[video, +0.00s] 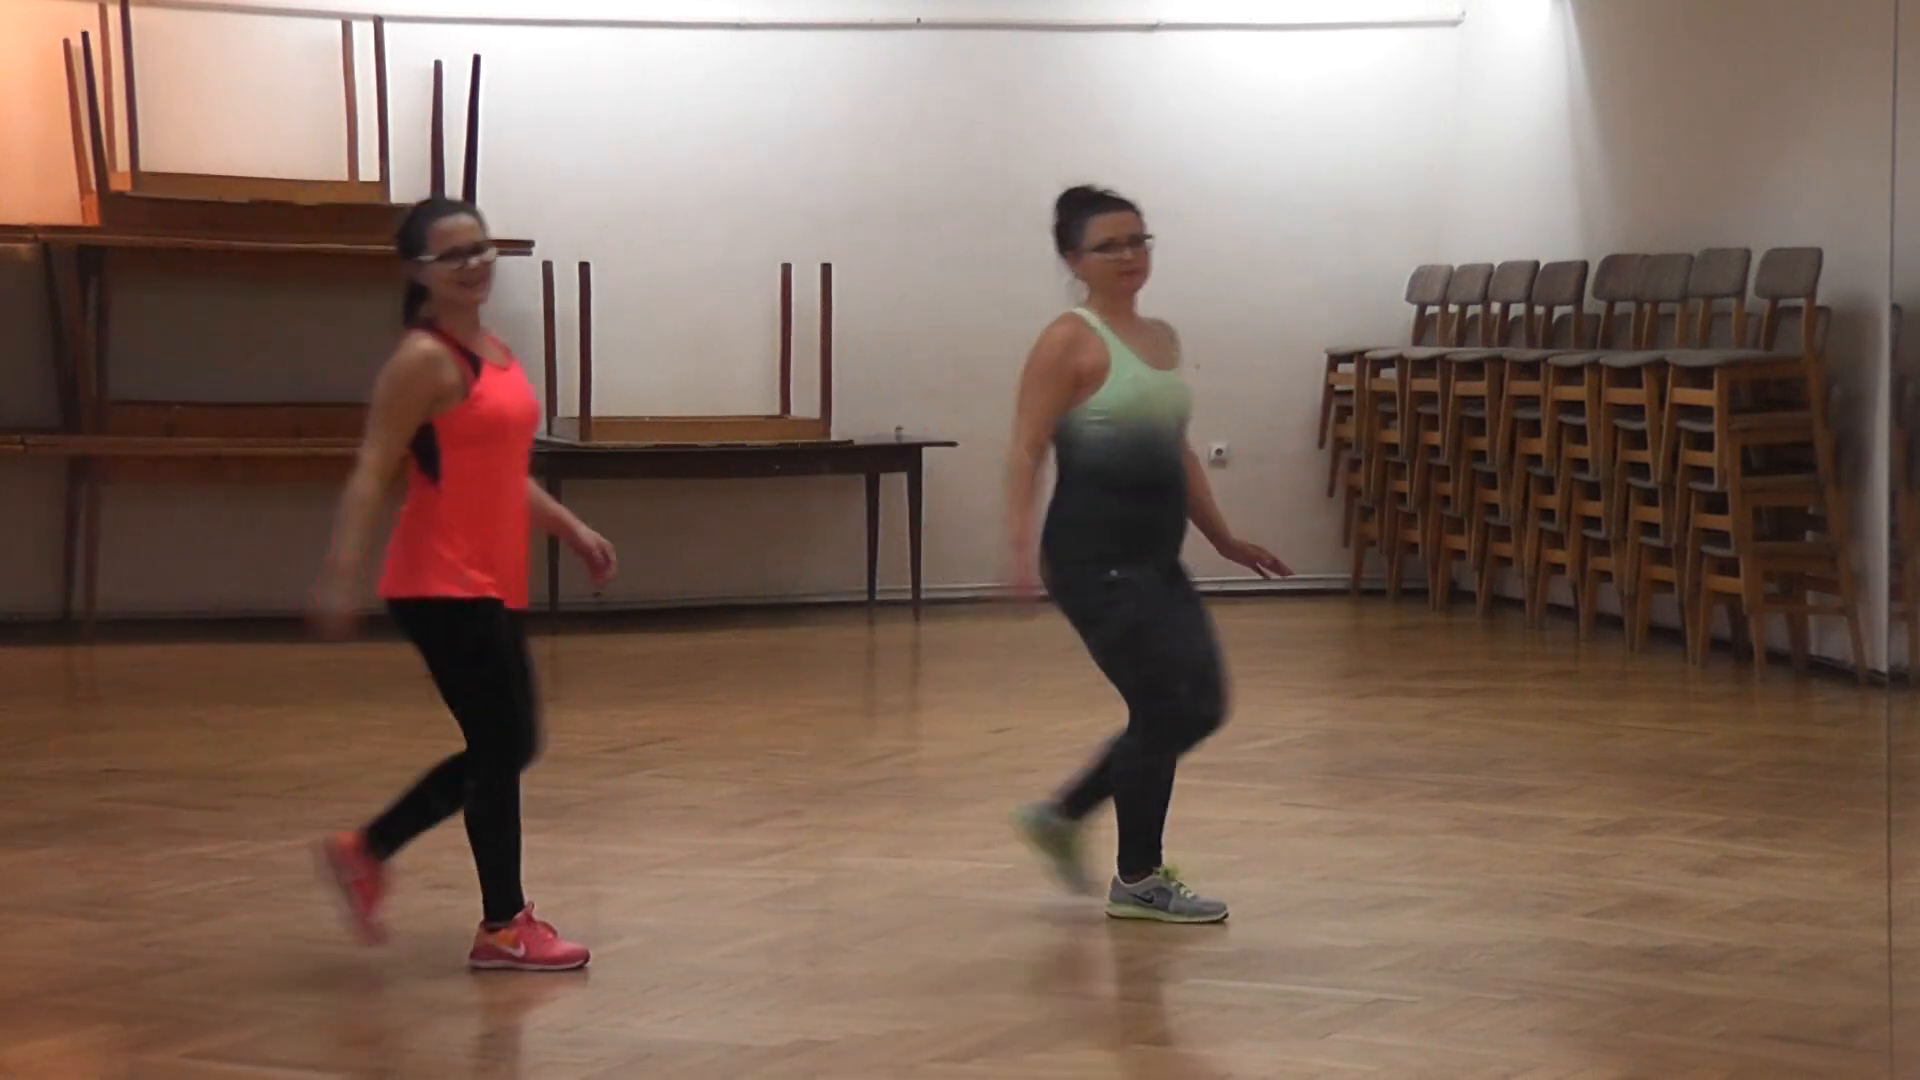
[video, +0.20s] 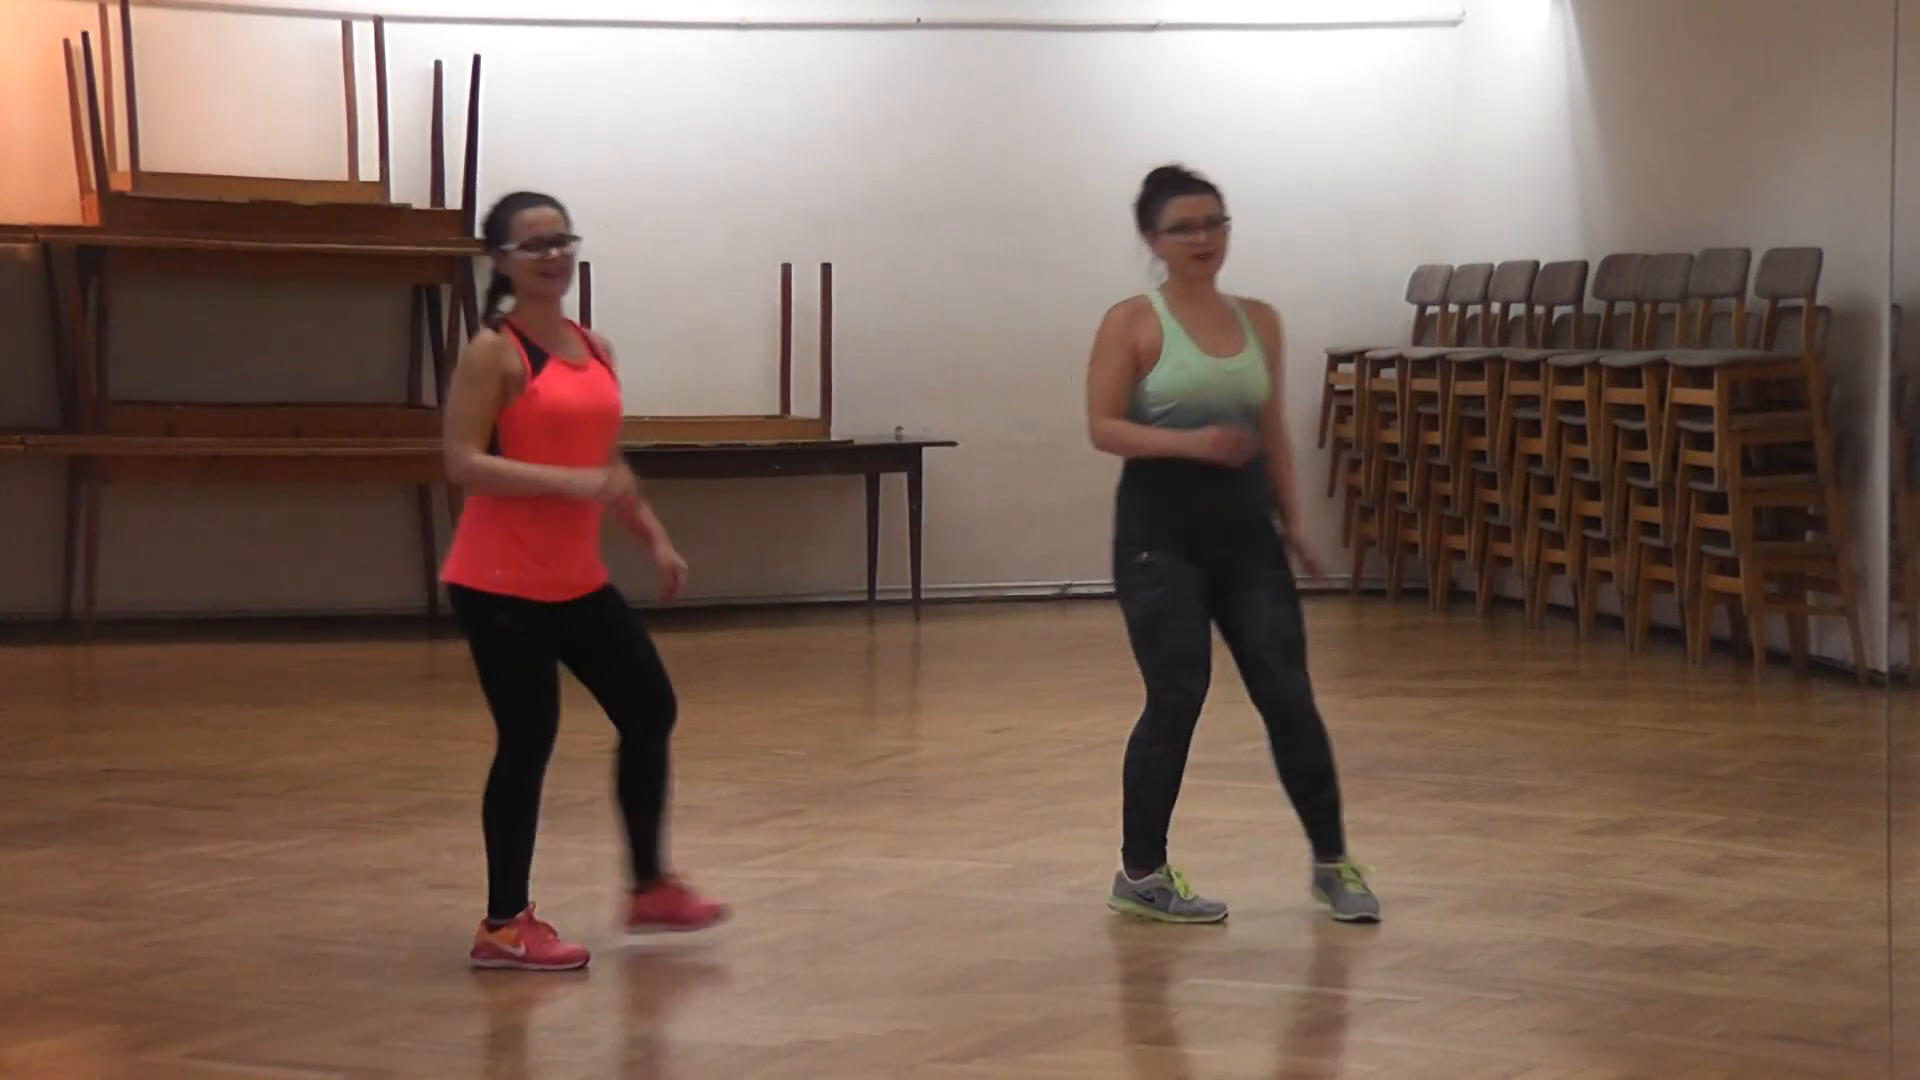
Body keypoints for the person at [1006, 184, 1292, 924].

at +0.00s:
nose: (1131, 256)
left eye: (1137, 242)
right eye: (1111, 247)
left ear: (1150, 247)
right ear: (1074, 262)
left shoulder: (1160, 340)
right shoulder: (1066, 342)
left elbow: (1175, 451)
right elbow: (1026, 452)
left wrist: (1223, 539)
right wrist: (1019, 550)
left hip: (1154, 557)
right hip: (1091, 561)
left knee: (1199, 703)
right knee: (1161, 707)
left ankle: (1060, 814)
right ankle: (1138, 879)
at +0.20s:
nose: (1204, 239)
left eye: (1214, 223)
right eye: (1184, 229)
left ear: (1229, 227)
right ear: (1151, 239)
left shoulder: (1259, 323)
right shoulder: (1130, 323)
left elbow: (1274, 434)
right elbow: (1104, 430)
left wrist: (1294, 527)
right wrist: (1194, 441)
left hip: (1247, 531)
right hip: (1161, 534)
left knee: (1288, 694)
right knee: (1176, 694)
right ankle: (1141, 873)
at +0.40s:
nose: (1265, 243)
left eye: (1277, 228)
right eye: (1246, 232)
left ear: (1291, 233)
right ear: (1215, 241)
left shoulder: (1328, 322)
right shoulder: (1187, 330)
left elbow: (1368, 418)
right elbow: (1174, 433)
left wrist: (1350, 455)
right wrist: (1222, 460)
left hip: (1314, 533)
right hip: (1223, 537)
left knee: (1317, 702)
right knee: (1220, 703)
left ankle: (1333, 867)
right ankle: (1222, 838)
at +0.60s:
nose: (1291, 248)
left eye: (1302, 233)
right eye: (1273, 237)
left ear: (1317, 239)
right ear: (1242, 246)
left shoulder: (1350, 325)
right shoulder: (1215, 335)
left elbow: (1395, 434)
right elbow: (1200, 439)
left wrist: (1379, 376)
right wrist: (1207, 524)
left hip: (1345, 541)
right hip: (1259, 546)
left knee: (1350, 691)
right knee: (1287, 698)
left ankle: (1355, 851)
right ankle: (1319, 830)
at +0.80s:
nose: (1301, 260)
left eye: (1311, 243)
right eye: (1283, 250)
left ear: (1330, 243)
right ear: (1258, 261)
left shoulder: (1367, 334)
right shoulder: (1241, 339)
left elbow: (1414, 442)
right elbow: (1206, 439)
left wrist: (1393, 373)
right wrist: (1152, 514)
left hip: (1357, 547)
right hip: (1272, 551)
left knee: (1360, 699)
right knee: (1299, 704)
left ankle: (1399, 843)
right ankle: (1330, 837)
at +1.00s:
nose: (1293, 239)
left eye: (1303, 221)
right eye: (1273, 232)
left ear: (1326, 217)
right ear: (1256, 243)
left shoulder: (1373, 304)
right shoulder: (1263, 307)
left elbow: (1450, 396)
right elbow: (1245, 378)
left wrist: (1410, 345)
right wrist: (1173, 407)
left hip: (1366, 527)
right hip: (1280, 523)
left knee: (1372, 688)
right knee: (1235, 662)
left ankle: (1402, 844)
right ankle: (1292, 820)